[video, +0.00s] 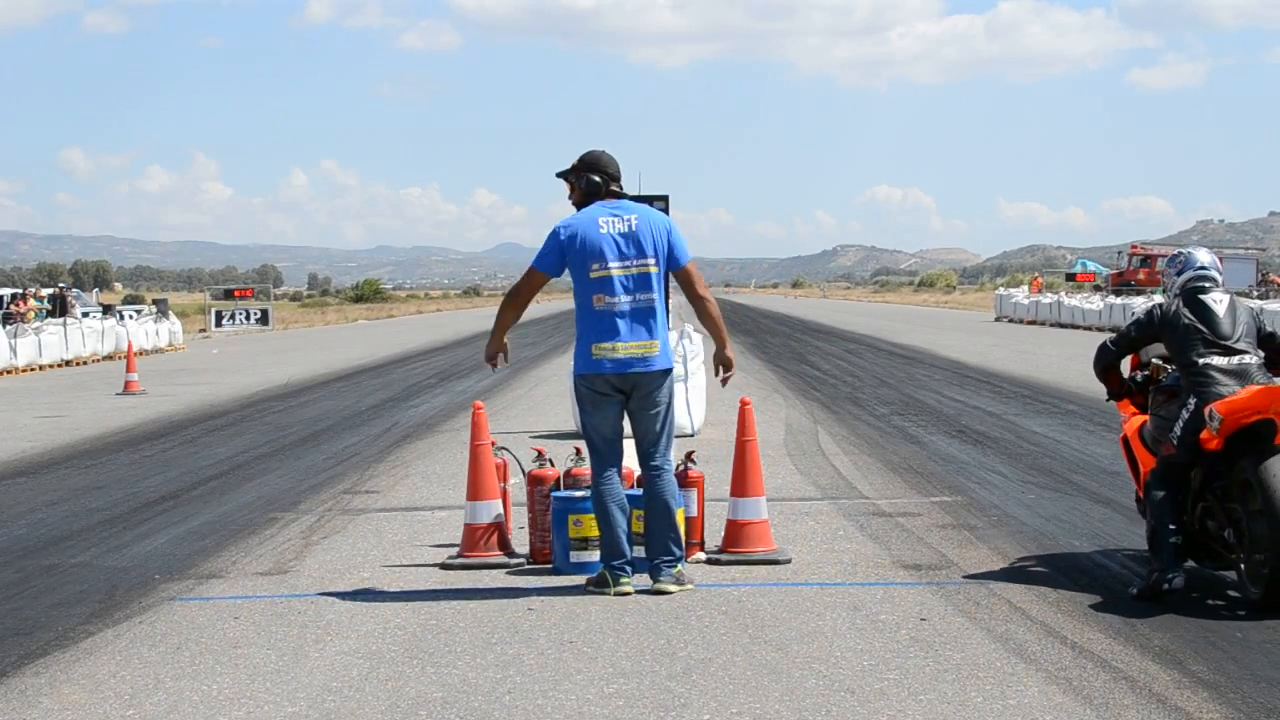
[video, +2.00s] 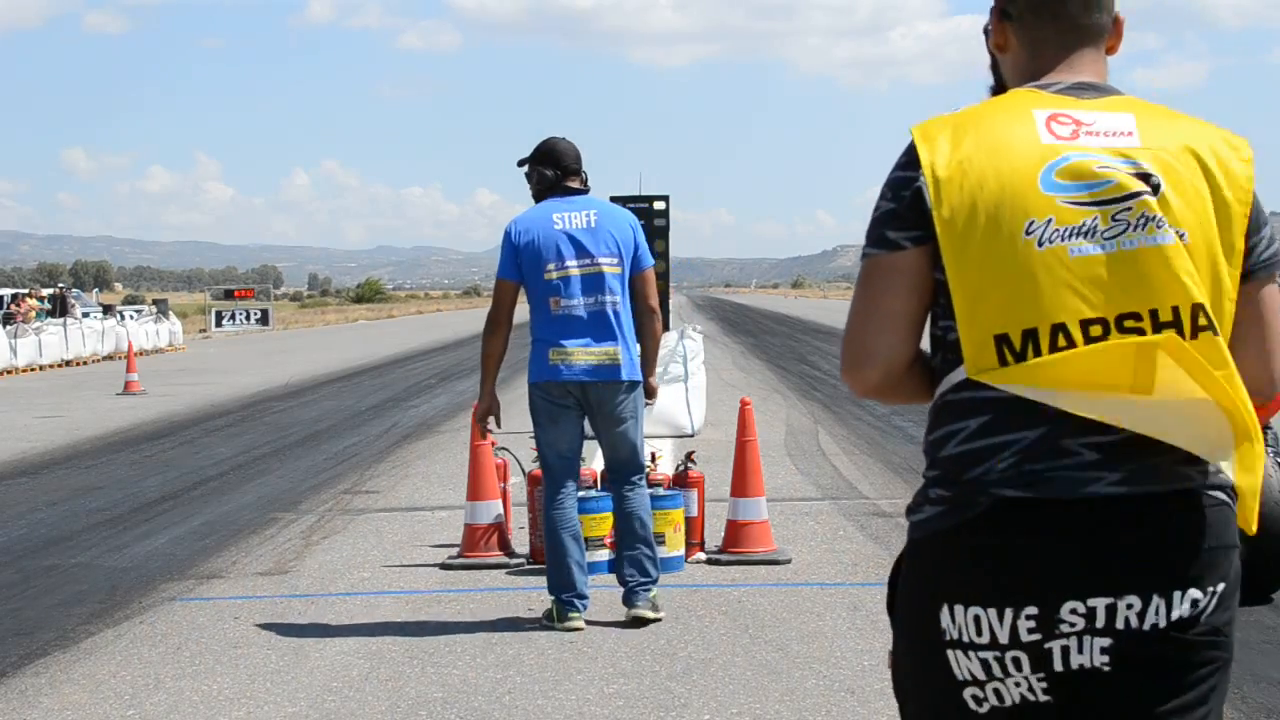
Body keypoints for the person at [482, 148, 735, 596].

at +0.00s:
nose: (568, 196)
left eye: (570, 188)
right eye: (568, 188)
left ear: (585, 186)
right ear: (616, 185)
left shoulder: (571, 230)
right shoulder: (659, 223)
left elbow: (523, 291)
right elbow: (698, 292)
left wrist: (497, 336)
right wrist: (723, 344)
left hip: (596, 366)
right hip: (653, 362)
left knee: (605, 468)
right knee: (658, 462)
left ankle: (616, 572)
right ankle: (667, 568)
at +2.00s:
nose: (528, 184)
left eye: (530, 177)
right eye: (528, 177)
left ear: (544, 178)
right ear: (581, 177)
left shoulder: (523, 228)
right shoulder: (624, 220)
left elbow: (500, 319)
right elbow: (649, 307)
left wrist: (487, 390)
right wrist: (649, 370)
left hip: (553, 375)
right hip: (616, 371)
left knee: (561, 485)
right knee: (629, 477)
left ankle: (570, 605)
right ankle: (641, 593)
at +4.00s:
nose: (578, 169)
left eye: (585, 159)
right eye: (579, 159)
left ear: (610, 161)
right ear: (635, 163)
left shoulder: (594, 218)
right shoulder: (690, 215)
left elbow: (570, 317)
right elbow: (711, 308)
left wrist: (545, 391)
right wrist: (709, 379)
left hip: (614, 386)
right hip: (682, 382)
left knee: (623, 508)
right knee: (688, 500)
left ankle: (638, 633)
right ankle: (704, 626)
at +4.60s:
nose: (605, 166)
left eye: (613, 157)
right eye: (606, 157)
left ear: (642, 160)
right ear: (659, 162)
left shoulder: (627, 214)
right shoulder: (710, 213)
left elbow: (613, 313)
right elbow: (726, 307)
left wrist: (593, 392)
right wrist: (704, 360)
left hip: (639, 384)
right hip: (700, 381)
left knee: (634, 507)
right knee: (698, 503)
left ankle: (639, 631)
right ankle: (705, 626)